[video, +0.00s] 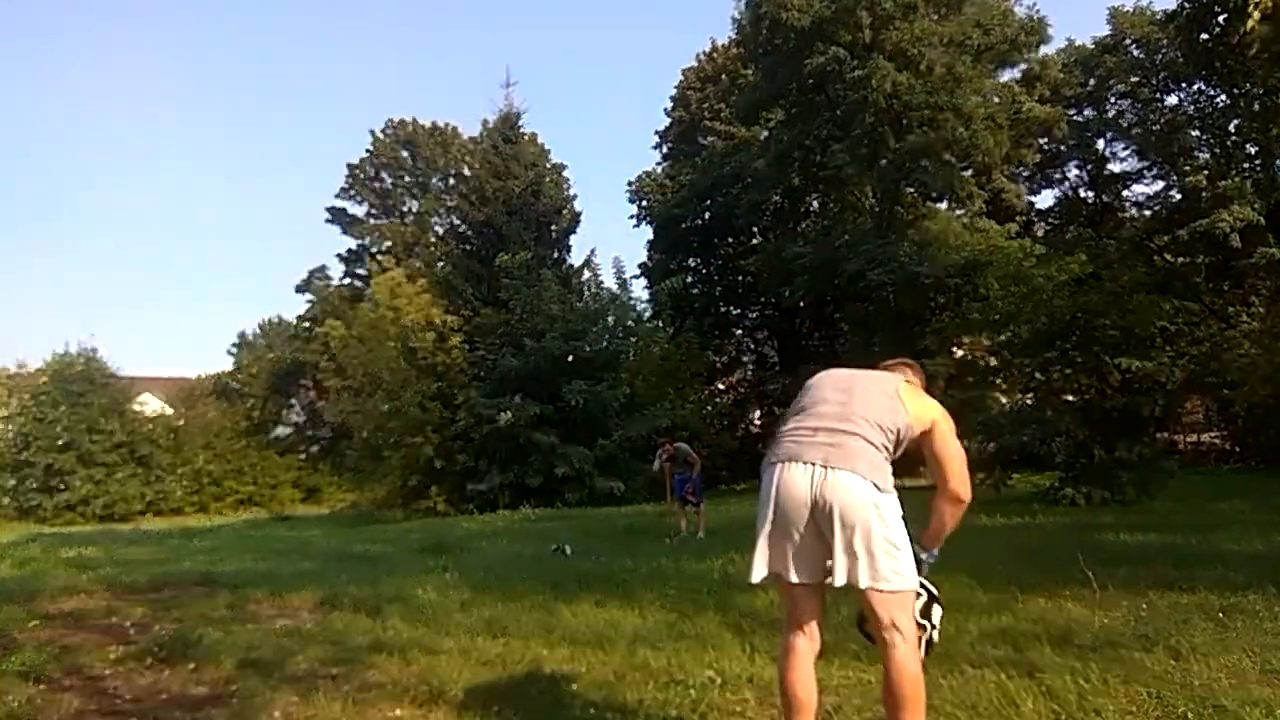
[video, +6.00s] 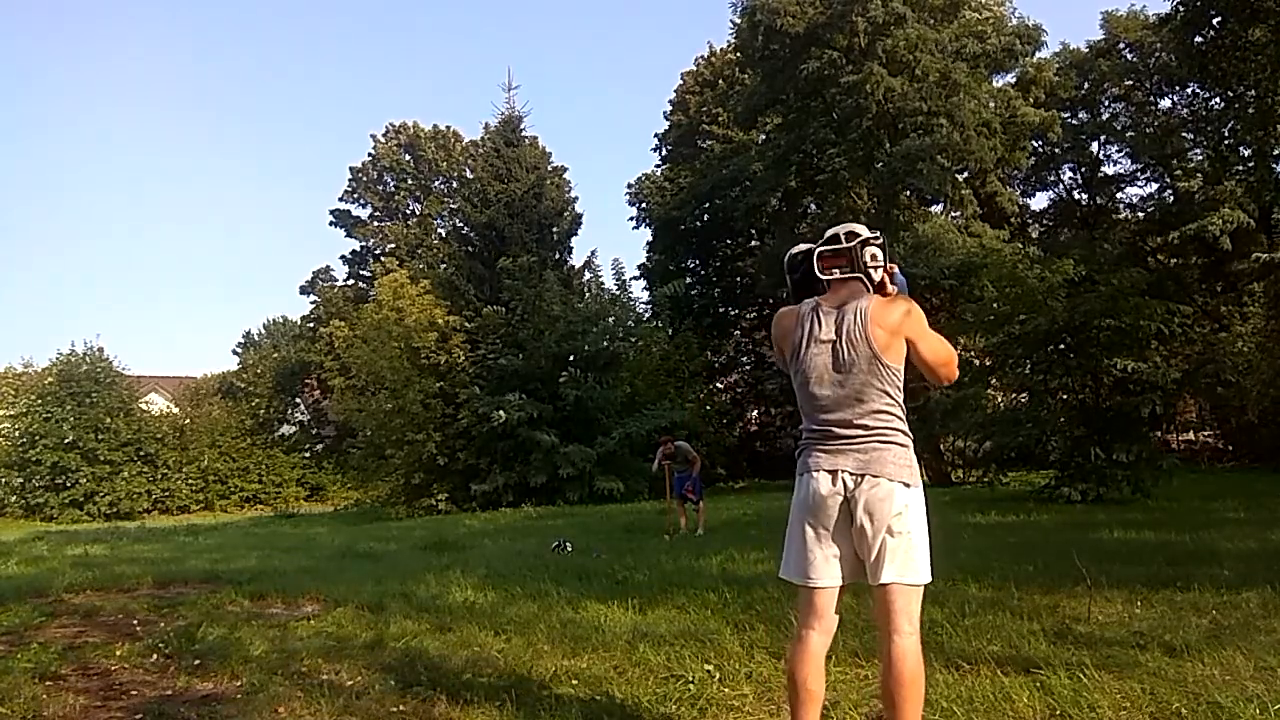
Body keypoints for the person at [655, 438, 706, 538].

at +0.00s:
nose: (666, 453)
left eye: (668, 450)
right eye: (664, 451)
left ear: (672, 446)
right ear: (662, 450)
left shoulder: (682, 448)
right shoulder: (661, 454)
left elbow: (697, 462)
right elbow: (655, 469)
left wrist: (693, 481)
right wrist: (660, 460)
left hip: (691, 473)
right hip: (678, 476)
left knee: (698, 504)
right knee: (680, 504)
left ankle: (701, 531)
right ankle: (683, 531)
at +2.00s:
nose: (667, 452)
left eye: (668, 449)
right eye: (664, 450)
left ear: (672, 445)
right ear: (661, 449)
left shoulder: (682, 447)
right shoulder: (660, 451)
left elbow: (696, 462)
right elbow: (653, 467)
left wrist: (692, 480)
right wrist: (660, 458)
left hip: (690, 473)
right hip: (677, 475)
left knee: (697, 501)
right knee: (679, 502)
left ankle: (700, 527)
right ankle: (683, 528)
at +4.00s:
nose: (667, 452)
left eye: (668, 449)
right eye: (665, 450)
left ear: (672, 446)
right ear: (662, 449)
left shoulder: (682, 447)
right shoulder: (660, 452)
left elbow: (696, 461)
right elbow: (652, 467)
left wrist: (692, 480)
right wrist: (660, 460)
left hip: (690, 472)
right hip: (677, 475)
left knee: (697, 501)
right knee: (679, 502)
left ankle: (700, 528)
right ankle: (683, 528)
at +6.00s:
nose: (668, 451)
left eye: (670, 448)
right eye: (666, 449)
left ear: (673, 445)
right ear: (662, 449)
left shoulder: (683, 447)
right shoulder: (661, 451)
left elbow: (697, 461)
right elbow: (654, 469)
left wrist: (692, 480)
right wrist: (659, 460)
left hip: (691, 473)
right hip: (678, 475)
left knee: (698, 502)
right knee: (679, 502)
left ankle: (700, 527)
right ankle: (683, 528)